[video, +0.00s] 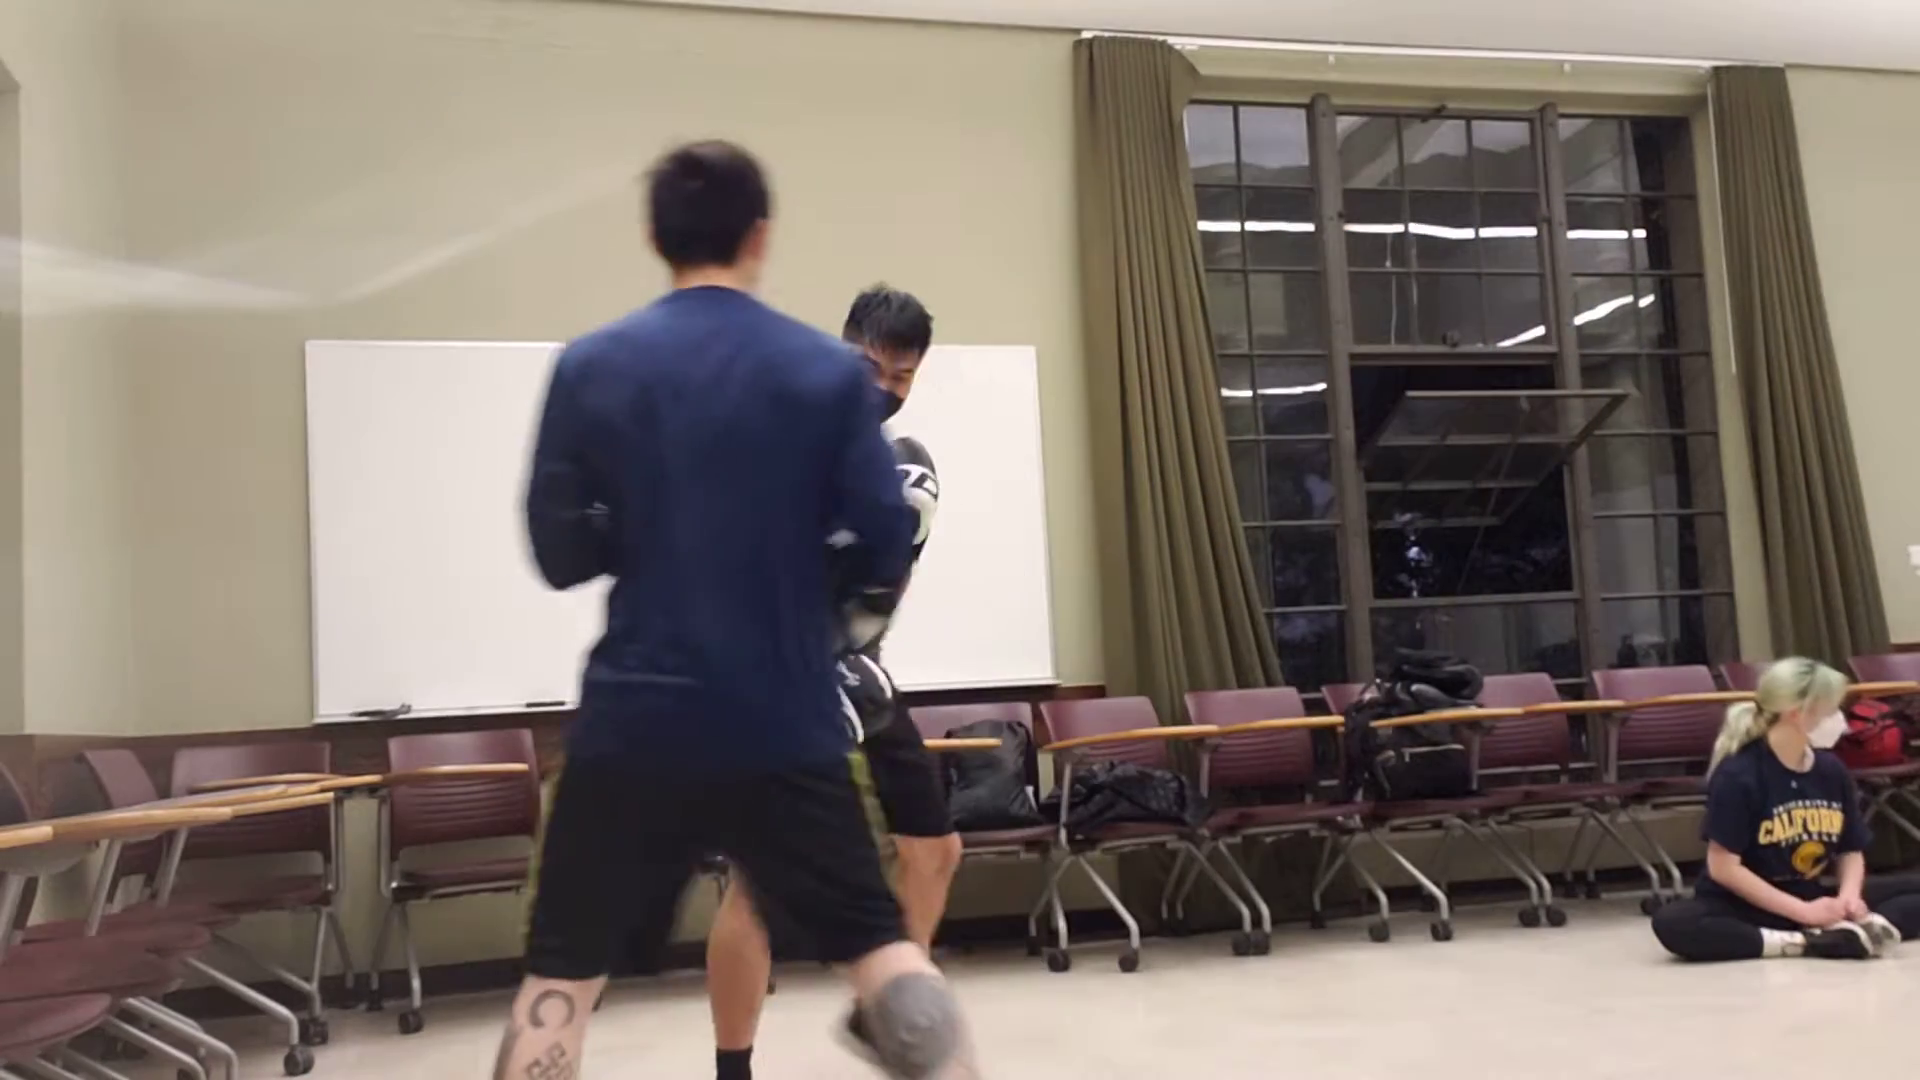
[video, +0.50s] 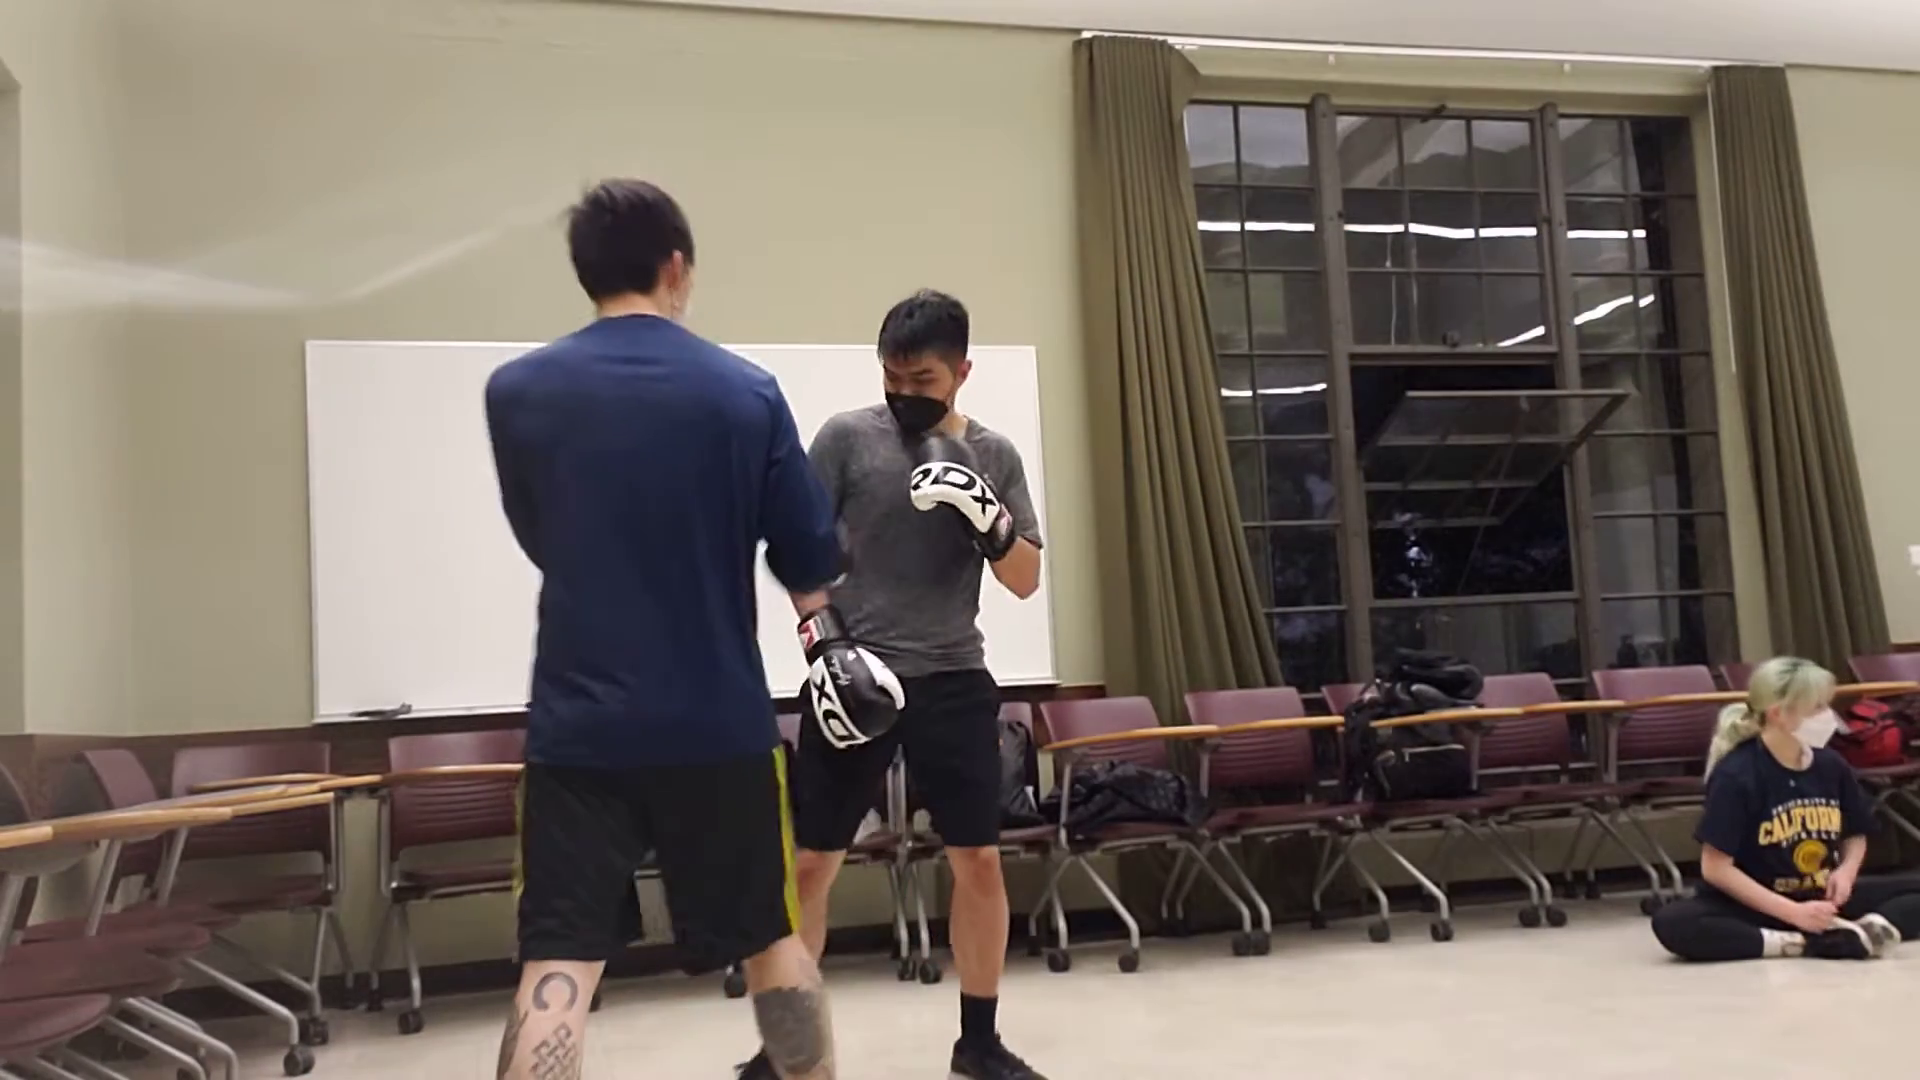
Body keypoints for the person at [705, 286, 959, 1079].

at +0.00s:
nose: (885, 387)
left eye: (901, 373)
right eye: (873, 367)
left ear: (915, 375)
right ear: (839, 354)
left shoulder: (908, 460)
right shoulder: (777, 436)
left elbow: (887, 583)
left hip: (854, 667)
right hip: (771, 672)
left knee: (931, 846)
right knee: (757, 879)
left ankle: (887, 1009)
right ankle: (734, 1065)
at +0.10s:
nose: (887, 381)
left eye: (906, 369)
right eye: (875, 362)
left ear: (926, 374)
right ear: (848, 353)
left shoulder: (912, 464)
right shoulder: (794, 433)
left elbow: (913, 596)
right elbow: (754, 552)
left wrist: (913, 542)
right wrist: (801, 655)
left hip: (879, 670)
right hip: (788, 671)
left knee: (935, 862)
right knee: (757, 884)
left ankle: (953, 1031)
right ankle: (733, 1069)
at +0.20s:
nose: (899, 398)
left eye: (917, 383)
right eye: (886, 379)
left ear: (942, 380)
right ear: (863, 366)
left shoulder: (944, 470)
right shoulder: (811, 440)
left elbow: (960, 601)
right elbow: (740, 526)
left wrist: (943, 525)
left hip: (902, 690)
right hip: (800, 688)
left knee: (955, 871)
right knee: (765, 885)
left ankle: (975, 1042)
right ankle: (737, 1067)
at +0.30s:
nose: (907, 409)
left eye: (926, 395)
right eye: (895, 392)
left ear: (958, 389)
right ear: (876, 382)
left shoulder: (979, 475)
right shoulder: (833, 452)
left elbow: (1009, 600)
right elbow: (780, 566)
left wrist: (973, 529)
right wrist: (806, 660)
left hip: (933, 701)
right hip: (834, 699)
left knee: (980, 874)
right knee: (785, 884)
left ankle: (978, 1042)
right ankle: (745, 1054)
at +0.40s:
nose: (913, 407)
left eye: (931, 393)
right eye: (900, 390)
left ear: (965, 384)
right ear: (883, 378)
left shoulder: (991, 468)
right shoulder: (842, 450)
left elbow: (1030, 589)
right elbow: (798, 565)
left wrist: (991, 522)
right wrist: (818, 654)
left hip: (948, 693)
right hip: (848, 691)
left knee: (983, 870)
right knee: (797, 877)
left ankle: (978, 1043)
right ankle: (759, 1056)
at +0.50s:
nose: (912, 394)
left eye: (929, 378)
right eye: (899, 377)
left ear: (963, 370)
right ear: (880, 367)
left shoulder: (993, 456)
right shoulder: (843, 439)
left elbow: (1024, 580)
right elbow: (800, 548)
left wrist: (990, 518)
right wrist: (824, 644)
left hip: (952, 680)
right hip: (853, 677)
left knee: (979, 859)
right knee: (811, 862)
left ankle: (979, 1040)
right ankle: (783, 1046)